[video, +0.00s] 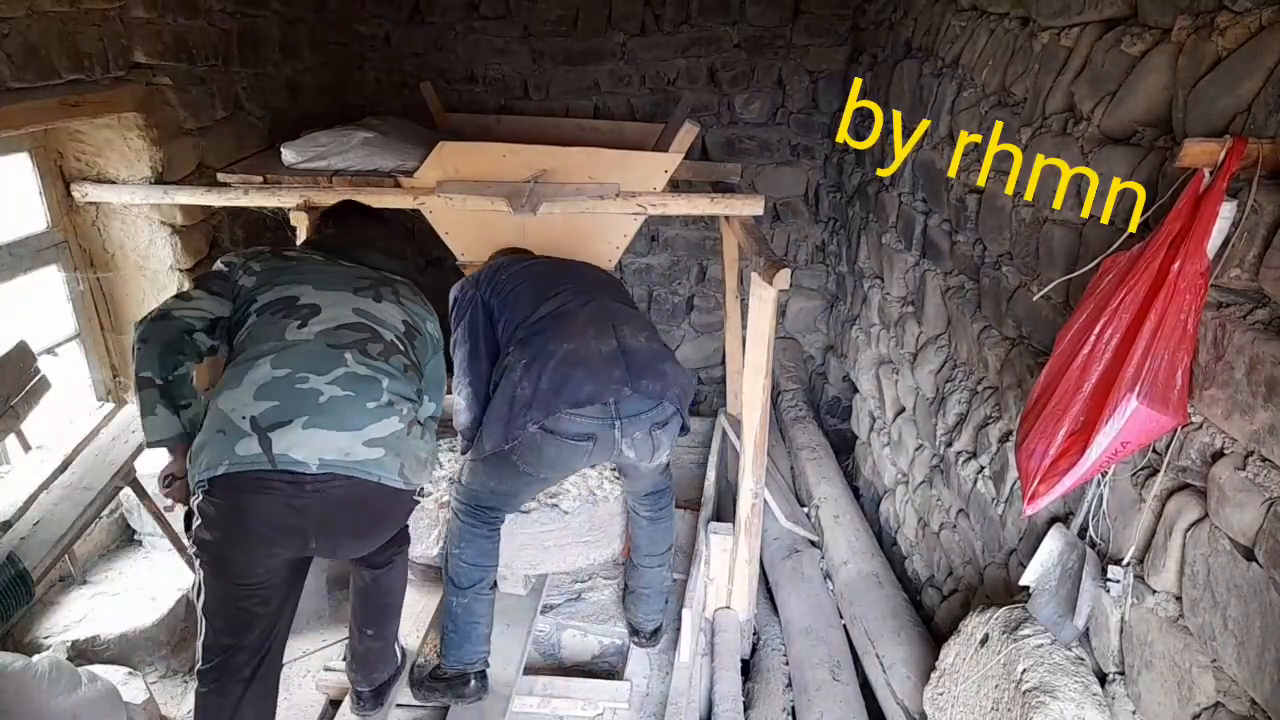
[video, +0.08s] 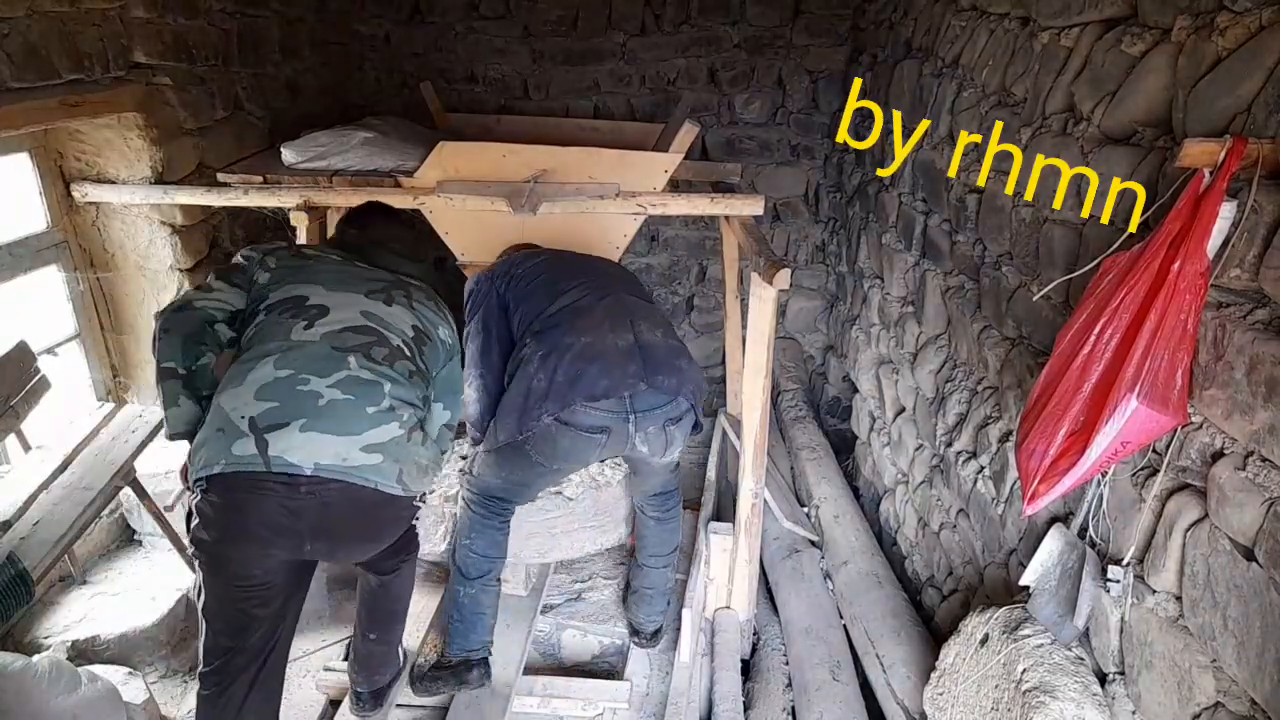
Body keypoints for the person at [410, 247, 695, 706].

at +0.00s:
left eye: (474, 274)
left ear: (488, 268)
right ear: (538, 258)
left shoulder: (475, 286)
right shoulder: (594, 274)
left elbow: (466, 400)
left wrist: (476, 453)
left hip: (560, 417)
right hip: (652, 413)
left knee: (477, 509)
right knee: (651, 498)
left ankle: (462, 666)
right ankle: (647, 621)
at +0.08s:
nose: (478, 280)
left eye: (485, 272)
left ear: (501, 264)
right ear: (548, 253)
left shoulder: (491, 281)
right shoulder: (608, 268)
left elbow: (481, 384)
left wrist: (482, 443)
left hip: (575, 407)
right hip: (665, 408)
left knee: (487, 499)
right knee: (657, 499)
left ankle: (465, 655)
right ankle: (649, 621)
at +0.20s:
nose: (469, 276)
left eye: (471, 269)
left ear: (494, 249)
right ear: (549, 236)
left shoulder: (489, 269)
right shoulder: (611, 250)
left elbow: (488, 385)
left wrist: (494, 482)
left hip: (583, 418)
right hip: (669, 410)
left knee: (554, 568)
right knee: (653, 513)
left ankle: (594, 711)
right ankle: (649, 619)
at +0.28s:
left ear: (527, 201)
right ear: (606, 195)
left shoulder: (477, 273)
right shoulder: (670, 253)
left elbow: (471, 431)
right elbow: (723, 375)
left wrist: (509, 478)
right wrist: (736, 485)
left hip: (549, 527)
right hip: (659, 520)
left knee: (554, 668)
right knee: (641, 623)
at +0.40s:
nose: (603, 193)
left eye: (598, 179)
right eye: (594, 184)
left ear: (626, 146)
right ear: (663, 128)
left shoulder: (637, 197)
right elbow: (881, 266)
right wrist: (798, 304)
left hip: (738, 469)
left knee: (661, 639)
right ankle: (797, 712)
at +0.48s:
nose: (670, 164)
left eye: (664, 145)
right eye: (662, 149)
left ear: (686, 127)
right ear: (730, 95)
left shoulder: (703, 201)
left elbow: (734, 349)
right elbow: (918, 243)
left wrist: (724, 475)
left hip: (783, 442)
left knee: (772, 570)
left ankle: (770, 691)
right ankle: (820, 711)